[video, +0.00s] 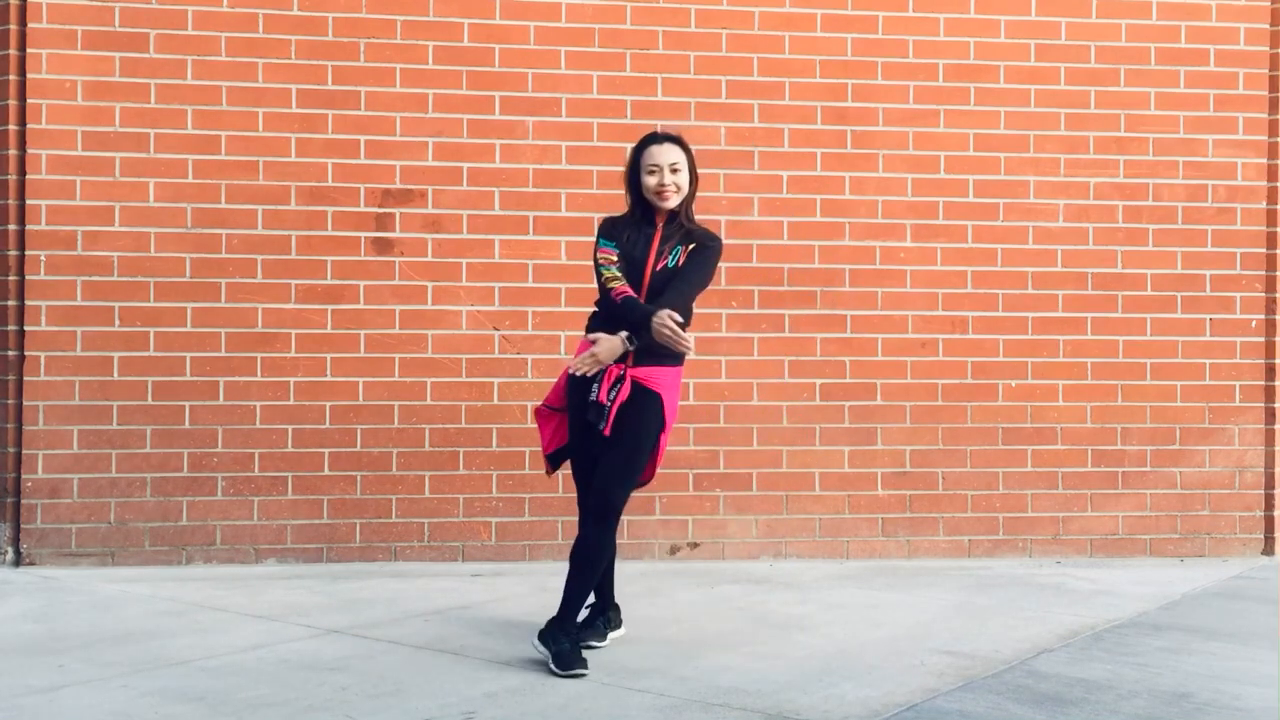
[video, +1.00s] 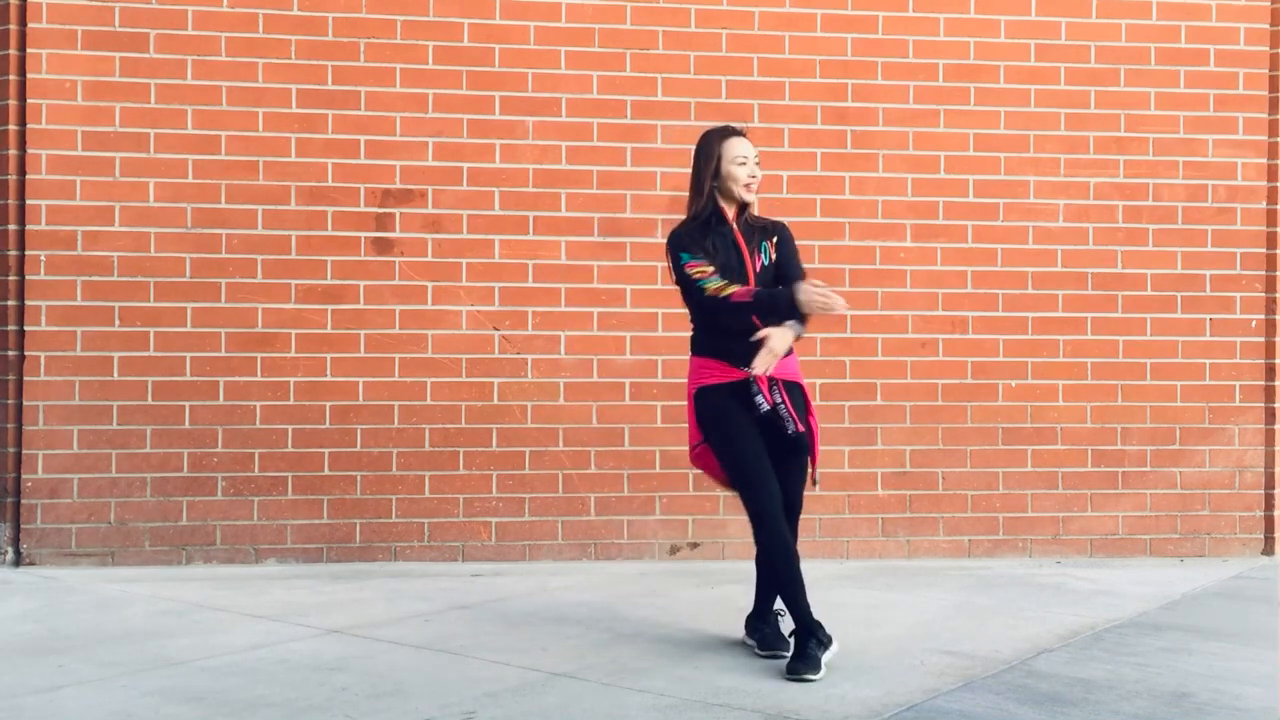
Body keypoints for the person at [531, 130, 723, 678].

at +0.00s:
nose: (664, 180)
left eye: (675, 170)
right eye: (652, 170)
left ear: (690, 177)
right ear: (637, 178)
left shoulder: (704, 243)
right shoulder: (614, 228)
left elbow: (672, 305)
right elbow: (612, 291)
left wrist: (621, 341)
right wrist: (650, 321)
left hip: (651, 378)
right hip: (593, 370)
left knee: (606, 499)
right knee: (593, 497)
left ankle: (562, 627)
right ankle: (604, 607)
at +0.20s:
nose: (667, 170)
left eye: (677, 160)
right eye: (655, 160)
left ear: (691, 168)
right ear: (638, 168)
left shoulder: (707, 234)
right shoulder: (612, 222)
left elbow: (750, 299)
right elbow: (553, 267)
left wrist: (710, 320)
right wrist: (600, 275)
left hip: (669, 372)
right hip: (607, 368)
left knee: (673, 459)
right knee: (599, 489)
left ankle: (635, 581)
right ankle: (603, 604)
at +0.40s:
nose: (680, 167)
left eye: (691, 157)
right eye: (669, 157)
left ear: (706, 164)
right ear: (653, 165)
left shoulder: (725, 230)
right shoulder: (635, 225)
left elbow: (766, 296)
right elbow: (579, 284)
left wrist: (771, 325)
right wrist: (598, 316)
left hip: (707, 375)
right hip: (640, 373)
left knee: (737, 493)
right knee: (628, 494)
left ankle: (754, 598)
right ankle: (606, 607)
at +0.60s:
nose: (703, 174)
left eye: (714, 163)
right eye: (691, 165)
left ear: (728, 170)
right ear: (675, 173)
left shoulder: (754, 228)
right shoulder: (664, 240)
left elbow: (800, 291)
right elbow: (638, 323)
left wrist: (807, 308)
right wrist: (667, 315)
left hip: (763, 378)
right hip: (697, 378)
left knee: (774, 502)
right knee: (669, 489)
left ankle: (763, 616)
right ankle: (629, 584)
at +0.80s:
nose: (738, 163)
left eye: (742, 153)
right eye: (725, 155)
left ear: (749, 158)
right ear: (699, 164)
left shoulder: (771, 218)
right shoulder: (680, 231)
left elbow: (793, 280)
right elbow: (712, 286)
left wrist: (780, 308)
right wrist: (782, 269)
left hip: (777, 372)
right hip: (716, 372)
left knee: (772, 496)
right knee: (725, 479)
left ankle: (763, 618)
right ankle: (772, 587)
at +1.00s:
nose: (754, 171)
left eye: (756, 162)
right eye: (742, 163)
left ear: (757, 170)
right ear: (712, 171)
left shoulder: (775, 233)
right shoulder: (687, 239)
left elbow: (797, 297)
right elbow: (716, 300)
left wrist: (786, 330)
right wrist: (790, 297)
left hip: (780, 381)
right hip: (721, 384)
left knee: (785, 506)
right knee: (763, 502)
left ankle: (761, 616)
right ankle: (808, 628)